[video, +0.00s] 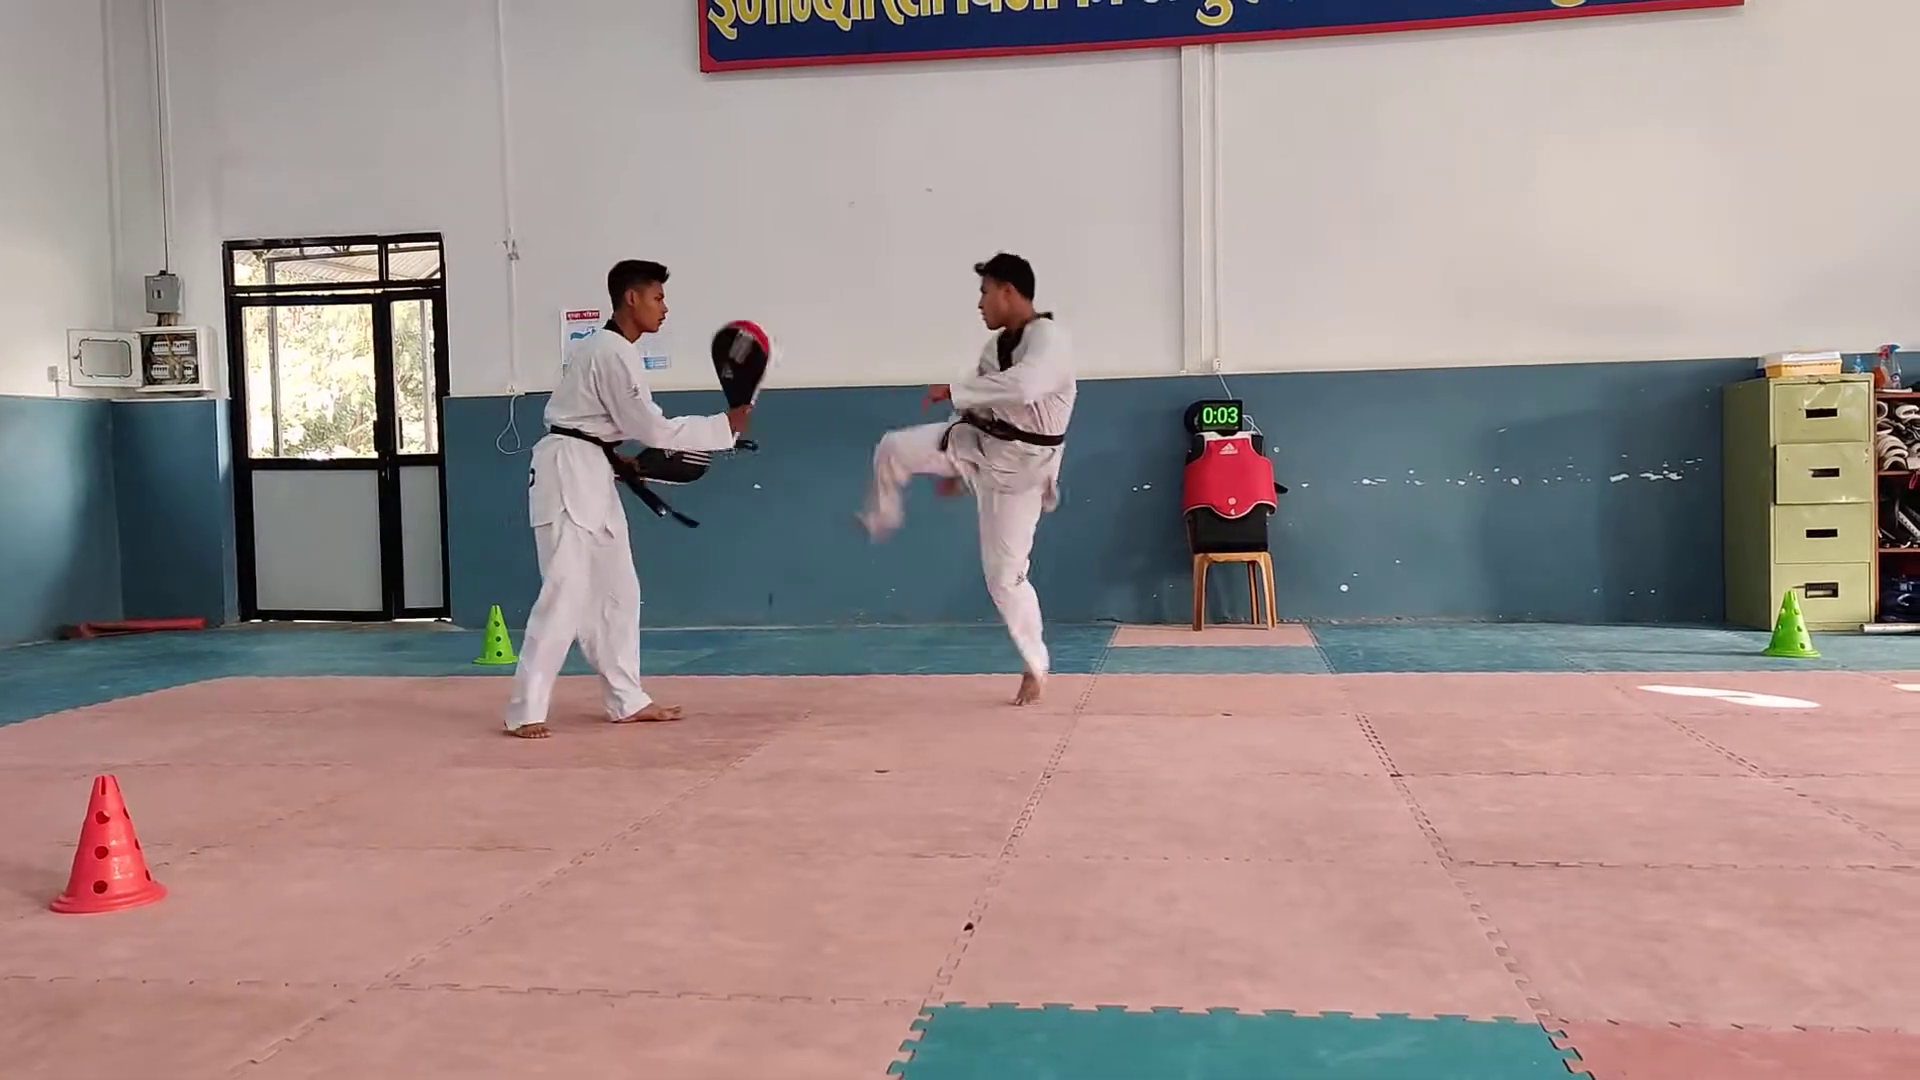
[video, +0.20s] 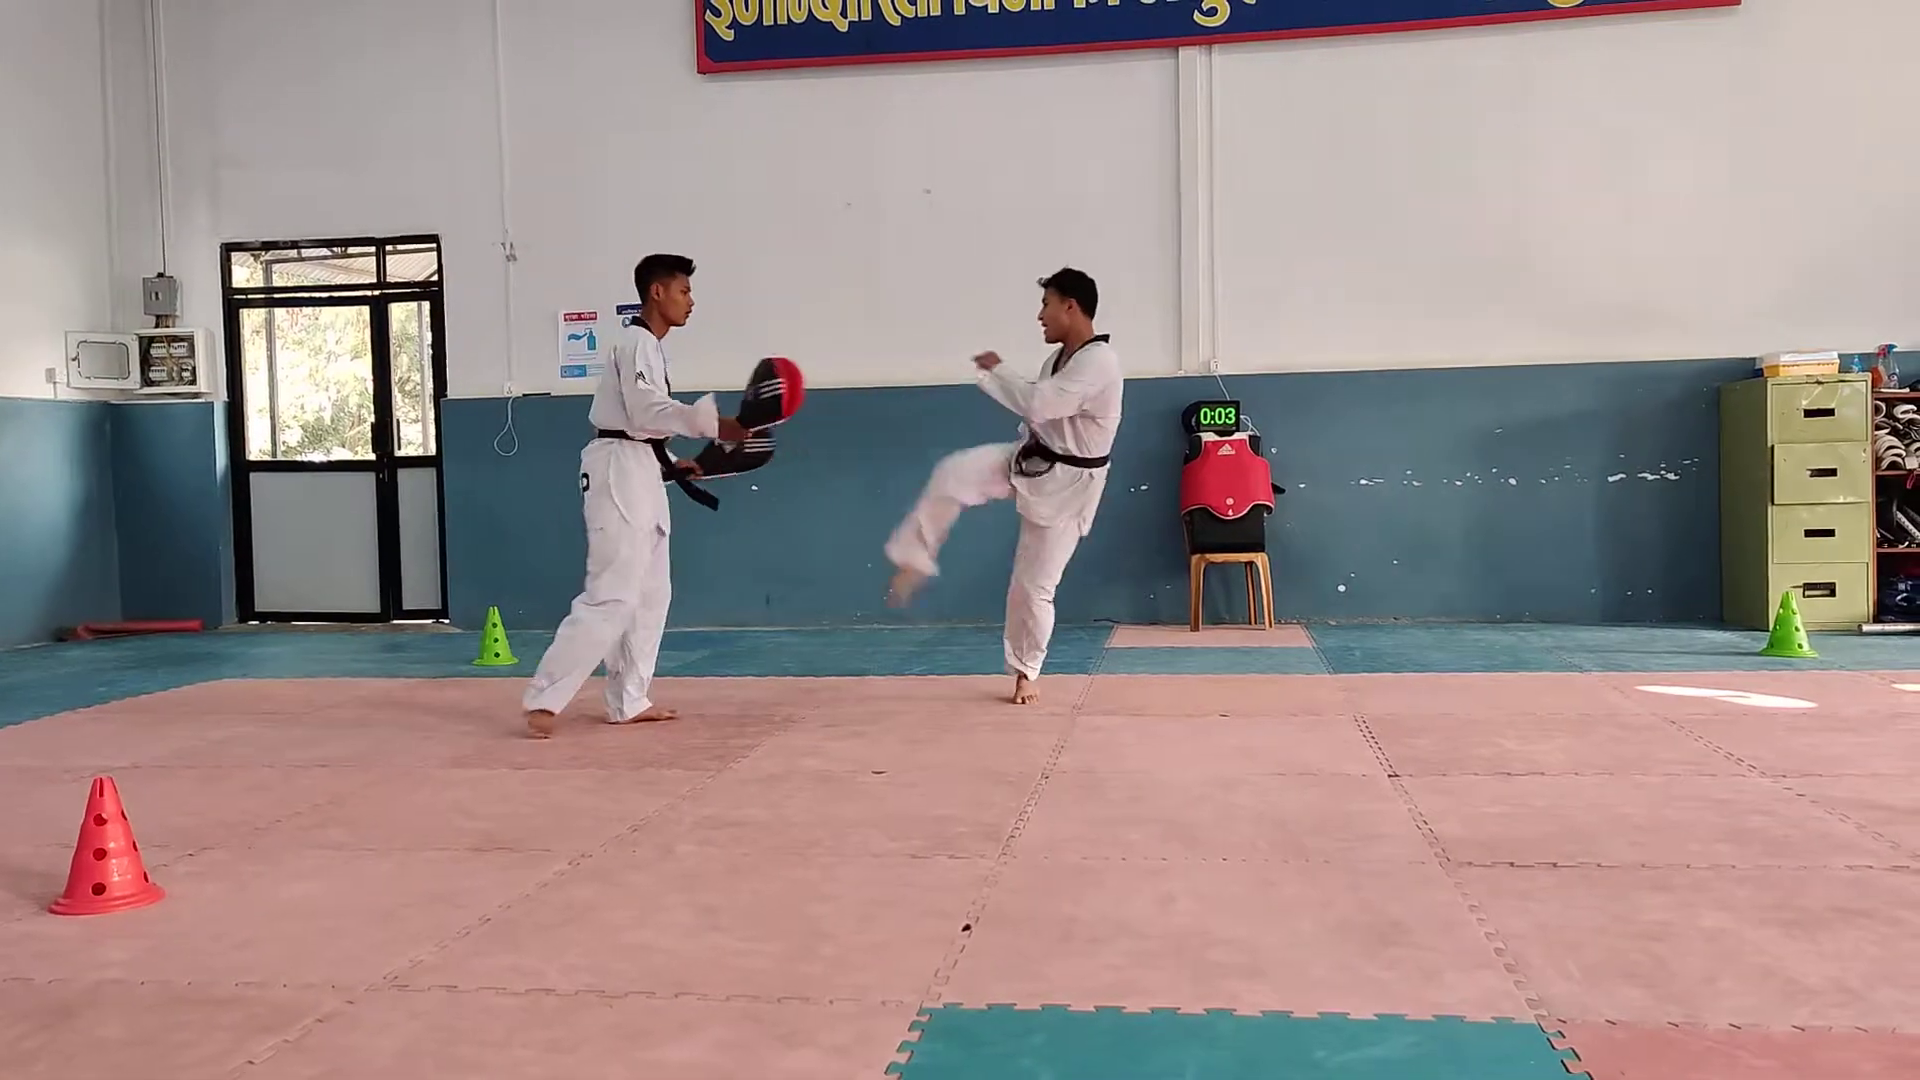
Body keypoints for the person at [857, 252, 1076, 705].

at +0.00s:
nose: (979, 303)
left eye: (985, 293)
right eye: (980, 293)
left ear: (1010, 293)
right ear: (1009, 294)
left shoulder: (1049, 340)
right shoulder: (996, 347)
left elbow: (1025, 387)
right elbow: (984, 413)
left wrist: (956, 391)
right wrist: (962, 468)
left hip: (1017, 465)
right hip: (973, 438)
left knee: (1004, 578)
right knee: (892, 449)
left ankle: (1036, 665)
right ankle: (882, 520)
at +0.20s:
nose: (1040, 315)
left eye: (1046, 305)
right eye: (1041, 305)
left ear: (1073, 308)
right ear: (1073, 310)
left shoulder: (1097, 362)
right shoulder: (1058, 360)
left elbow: (1041, 404)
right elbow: (1046, 416)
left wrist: (995, 373)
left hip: (1067, 483)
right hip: (1028, 460)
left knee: (1033, 586)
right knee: (953, 474)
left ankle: (1026, 673)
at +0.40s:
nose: (1082, 324)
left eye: (1091, 315)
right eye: (1085, 315)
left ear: (1118, 322)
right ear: (1115, 323)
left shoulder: (1136, 371)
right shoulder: (1094, 380)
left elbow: (1172, 430)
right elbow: (1079, 440)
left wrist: (1114, 461)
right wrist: (1041, 427)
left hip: (1141, 506)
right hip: (1099, 508)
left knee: (1122, 605)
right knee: (1055, 592)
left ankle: (1206, 645)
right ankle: (1050, 683)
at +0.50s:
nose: (1115, 328)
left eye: (1124, 319)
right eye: (1117, 319)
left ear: (1153, 326)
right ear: (1147, 326)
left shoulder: (1161, 371)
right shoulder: (1145, 376)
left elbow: (1149, 443)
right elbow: (1150, 446)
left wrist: (1089, 457)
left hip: (1177, 494)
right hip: (1144, 500)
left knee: (1222, 604)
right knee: (1092, 588)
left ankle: (1309, 679)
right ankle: (1089, 690)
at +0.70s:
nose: (1154, 280)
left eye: (1164, 272)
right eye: (1158, 271)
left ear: (1192, 282)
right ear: (1196, 286)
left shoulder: (1174, 324)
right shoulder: (1222, 340)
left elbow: (1145, 392)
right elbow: (1237, 411)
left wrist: (1082, 383)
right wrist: (1221, 464)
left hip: (1184, 447)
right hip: (1217, 458)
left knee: (1126, 549)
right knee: (1194, 564)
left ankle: (1210, 635)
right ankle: (1201, 685)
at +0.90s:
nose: (1154, 282)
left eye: (1164, 274)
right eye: (1157, 272)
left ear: (1192, 284)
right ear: (1193, 287)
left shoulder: (1181, 327)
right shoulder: (1213, 338)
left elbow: (1159, 384)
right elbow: (1143, 388)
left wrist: (1130, 434)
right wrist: (1104, 351)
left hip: (1165, 433)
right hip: (1202, 462)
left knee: (1060, 409)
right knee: (1190, 574)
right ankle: (1207, 688)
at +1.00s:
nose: (1142, 269)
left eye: (1153, 261)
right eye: (1146, 259)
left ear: (1181, 272)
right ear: (1184, 274)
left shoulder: (1160, 312)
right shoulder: (1205, 327)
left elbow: (1152, 367)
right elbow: (1172, 390)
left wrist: (1106, 415)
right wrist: (1121, 361)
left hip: (1145, 427)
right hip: (1191, 447)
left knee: (1049, 444)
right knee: (1192, 570)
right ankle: (1204, 684)